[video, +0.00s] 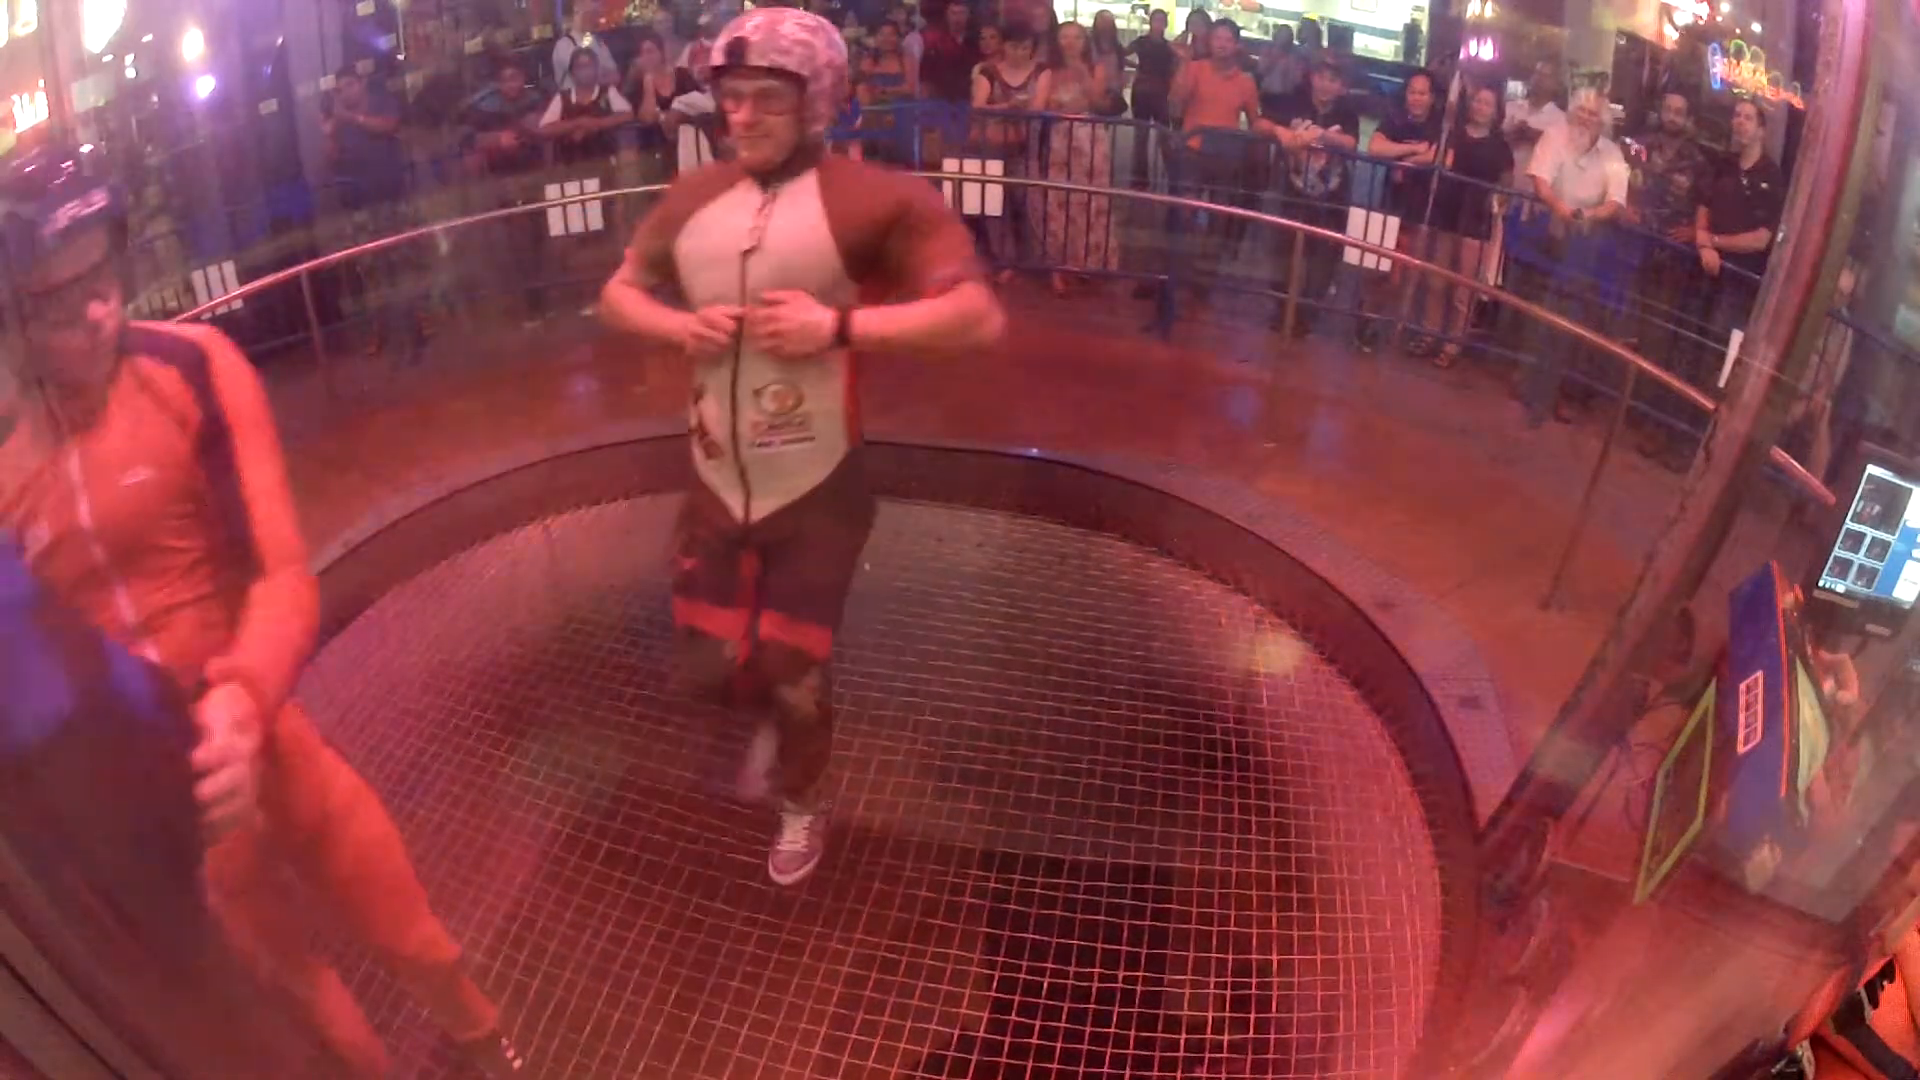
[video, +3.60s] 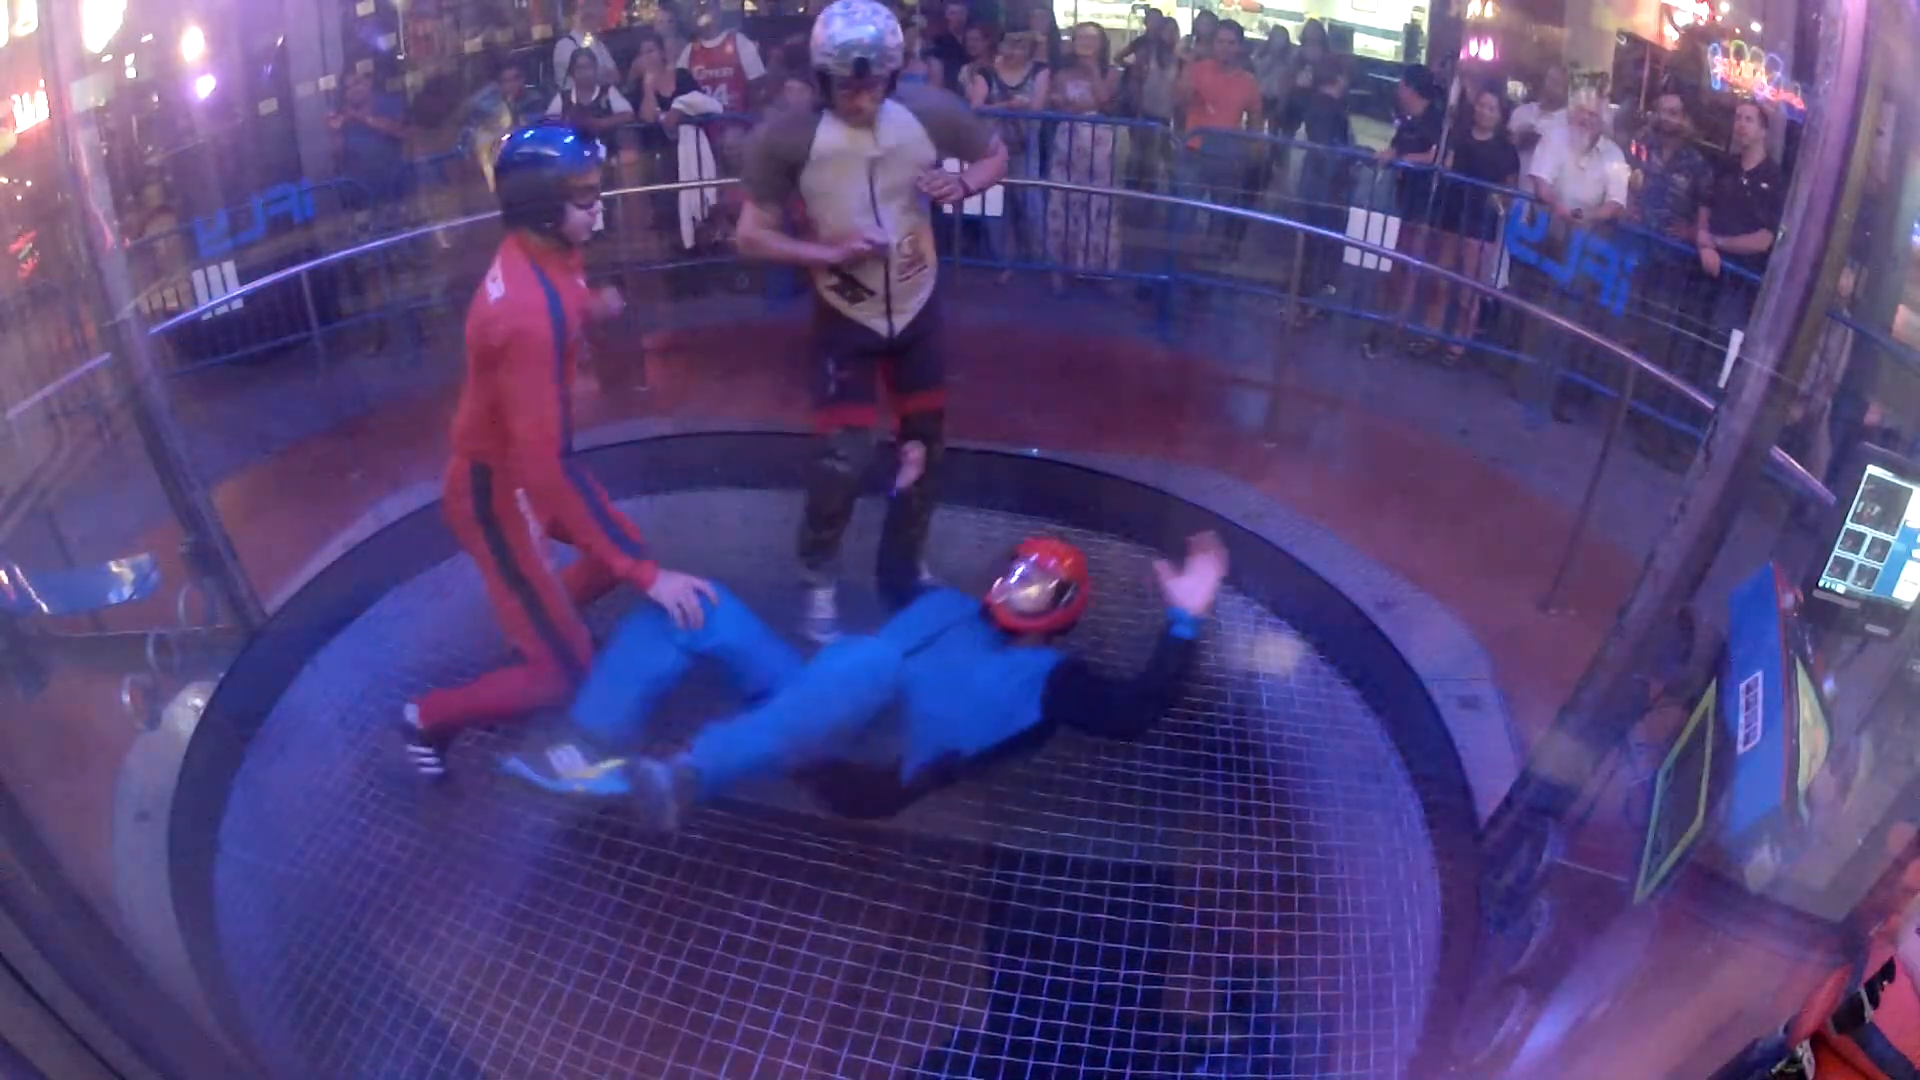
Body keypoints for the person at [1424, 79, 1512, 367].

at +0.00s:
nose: (1480, 107)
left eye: (1487, 103)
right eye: (1477, 101)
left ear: (1497, 111)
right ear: (1469, 104)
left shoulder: (1500, 148)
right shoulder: (1453, 137)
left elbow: (1506, 187)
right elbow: (1439, 166)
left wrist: (1495, 206)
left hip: (1476, 220)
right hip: (1444, 212)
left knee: (1463, 289)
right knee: (1435, 281)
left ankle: (1453, 342)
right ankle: (1429, 333)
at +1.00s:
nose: (1472, 108)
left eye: (1478, 103)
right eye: (1468, 101)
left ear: (1488, 110)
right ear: (1461, 106)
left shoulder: (1492, 147)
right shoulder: (1449, 139)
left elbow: (1498, 184)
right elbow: (1436, 171)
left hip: (1472, 218)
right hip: (1442, 213)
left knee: (1461, 285)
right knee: (1434, 279)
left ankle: (1451, 342)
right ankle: (1428, 333)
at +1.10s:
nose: (1471, 108)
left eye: (1478, 104)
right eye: (1468, 102)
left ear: (1488, 111)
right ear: (1461, 105)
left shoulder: (1491, 148)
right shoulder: (1448, 140)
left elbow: (1497, 185)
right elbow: (1436, 171)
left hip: (1471, 219)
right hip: (1441, 214)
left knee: (1461, 284)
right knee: (1434, 278)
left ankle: (1452, 341)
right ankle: (1429, 333)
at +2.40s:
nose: (1477, 110)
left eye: (1483, 105)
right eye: (1472, 104)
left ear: (1491, 112)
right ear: (1463, 107)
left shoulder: (1496, 147)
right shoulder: (1451, 138)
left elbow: (1501, 181)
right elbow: (1440, 168)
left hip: (1474, 217)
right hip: (1444, 212)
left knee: (1463, 285)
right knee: (1435, 279)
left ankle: (1456, 341)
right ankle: (1429, 332)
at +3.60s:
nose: (1485, 113)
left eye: (1492, 109)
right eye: (1482, 106)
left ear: (1501, 116)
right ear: (1473, 109)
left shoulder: (1506, 150)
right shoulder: (1459, 139)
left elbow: (1510, 187)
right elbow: (1445, 168)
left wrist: (1500, 201)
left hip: (1481, 217)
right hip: (1451, 210)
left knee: (1469, 283)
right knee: (1440, 277)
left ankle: (1460, 339)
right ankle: (1432, 331)